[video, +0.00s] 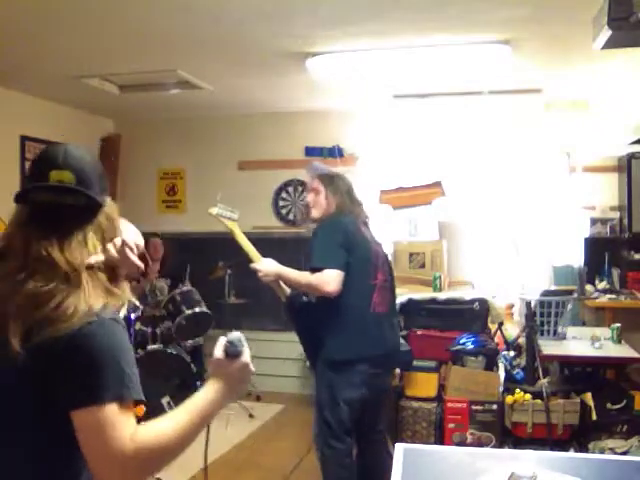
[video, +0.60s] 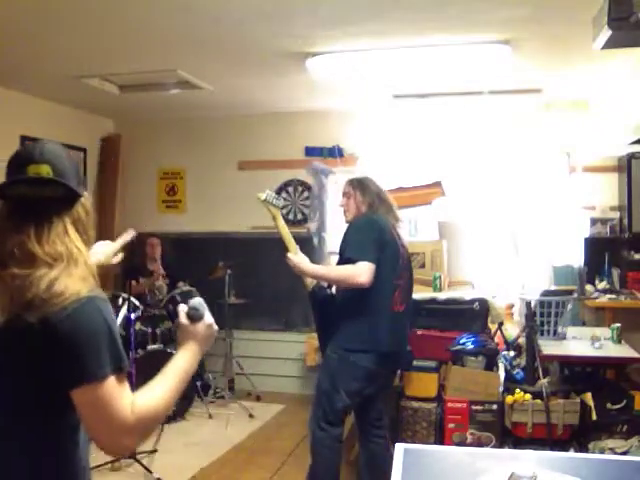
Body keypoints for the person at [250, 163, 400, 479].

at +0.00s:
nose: (307, 199)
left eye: (314, 192)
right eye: (308, 192)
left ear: (333, 196)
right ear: (339, 197)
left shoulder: (333, 228)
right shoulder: (362, 231)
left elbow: (329, 284)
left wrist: (279, 271)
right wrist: (286, 285)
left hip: (347, 356)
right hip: (378, 353)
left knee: (333, 442)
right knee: (372, 436)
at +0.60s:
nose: (342, 204)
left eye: (346, 197)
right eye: (342, 198)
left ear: (361, 198)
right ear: (372, 199)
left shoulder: (365, 225)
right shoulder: (390, 233)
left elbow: (362, 275)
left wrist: (309, 269)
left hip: (356, 348)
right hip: (385, 349)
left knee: (326, 424)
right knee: (374, 428)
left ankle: (322, 475)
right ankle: (377, 476)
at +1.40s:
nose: (358, 203)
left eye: (359, 198)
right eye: (359, 198)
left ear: (365, 199)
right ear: (393, 200)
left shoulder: (369, 228)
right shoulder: (400, 235)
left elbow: (352, 277)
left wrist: (305, 268)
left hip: (358, 347)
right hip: (389, 349)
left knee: (326, 422)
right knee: (376, 428)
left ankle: (321, 475)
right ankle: (377, 476)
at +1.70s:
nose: (363, 202)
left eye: (364, 197)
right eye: (364, 196)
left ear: (370, 198)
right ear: (398, 199)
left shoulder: (371, 227)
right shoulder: (406, 236)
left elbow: (351, 278)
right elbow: (397, 290)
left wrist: (308, 268)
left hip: (357, 345)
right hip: (391, 348)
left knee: (326, 423)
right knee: (376, 429)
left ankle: (321, 474)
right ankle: (377, 476)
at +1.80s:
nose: (363, 201)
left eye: (365, 196)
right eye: (364, 195)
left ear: (371, 197)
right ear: (399, 199)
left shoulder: (370, 227)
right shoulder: (408, 237)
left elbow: (349, 279)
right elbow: (399, 291)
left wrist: (307, 268)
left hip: (356, 345)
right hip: (391, 348)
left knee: (326, 424)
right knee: (377, 431)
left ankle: (322, 474)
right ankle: (377, 476)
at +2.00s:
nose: (362, 202)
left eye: (364, 196)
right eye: (364, 196)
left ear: (369, 198)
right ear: (398, 200)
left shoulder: (367, 230)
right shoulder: (410, 240)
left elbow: (346, 281)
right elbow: (394, 293)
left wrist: (305, 271)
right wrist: (326, 280)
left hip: (355, 346)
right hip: (392, 349)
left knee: (324, 424)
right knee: (376, 431)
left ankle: (320, 474)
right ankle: (375, 476)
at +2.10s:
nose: (360, 203)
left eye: (362, 198)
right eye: (361, 197)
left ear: (368, 199)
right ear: (396, 200)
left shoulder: (366, 229)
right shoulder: (409, 241)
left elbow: (344, 281)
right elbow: (400, 295)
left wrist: (303, 271)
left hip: (354, 346)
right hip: (390, 348)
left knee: (322, 423)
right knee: (374, 430)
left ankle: (320, 474)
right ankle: (376, 476)